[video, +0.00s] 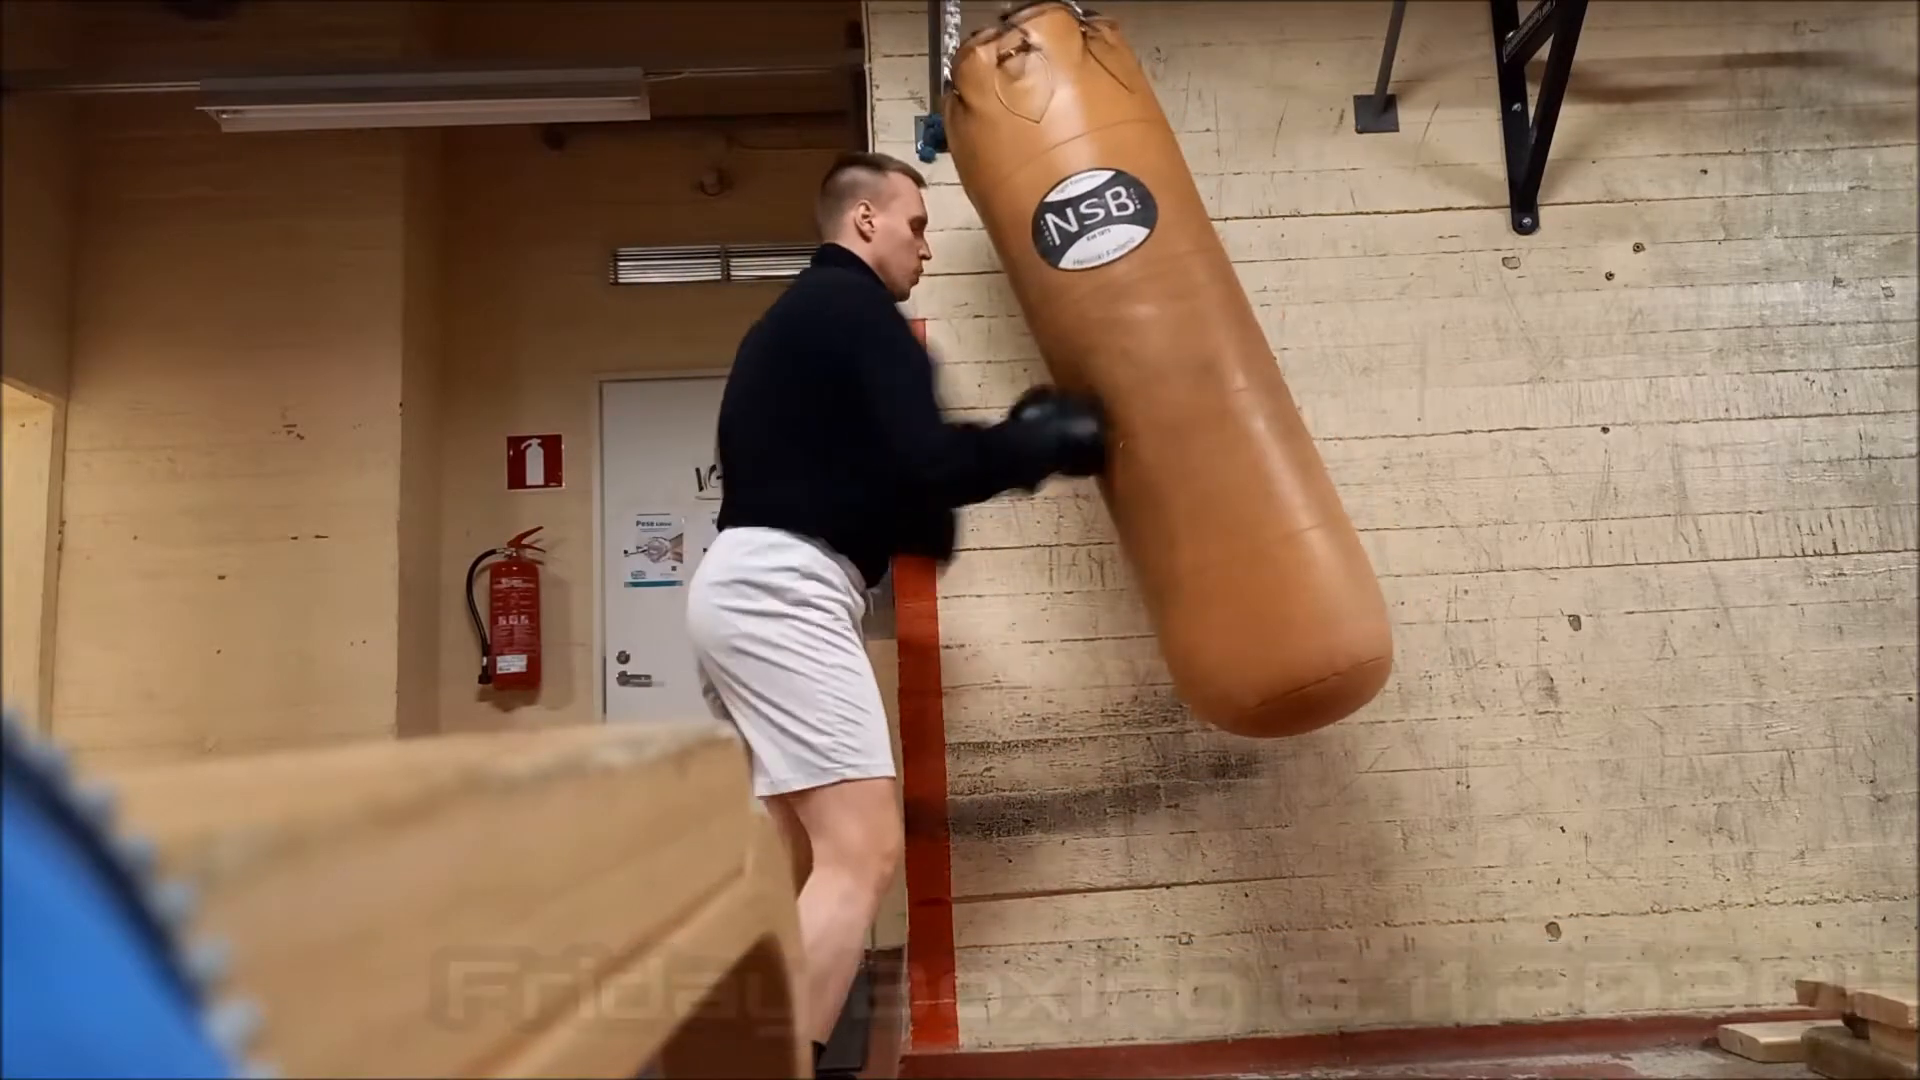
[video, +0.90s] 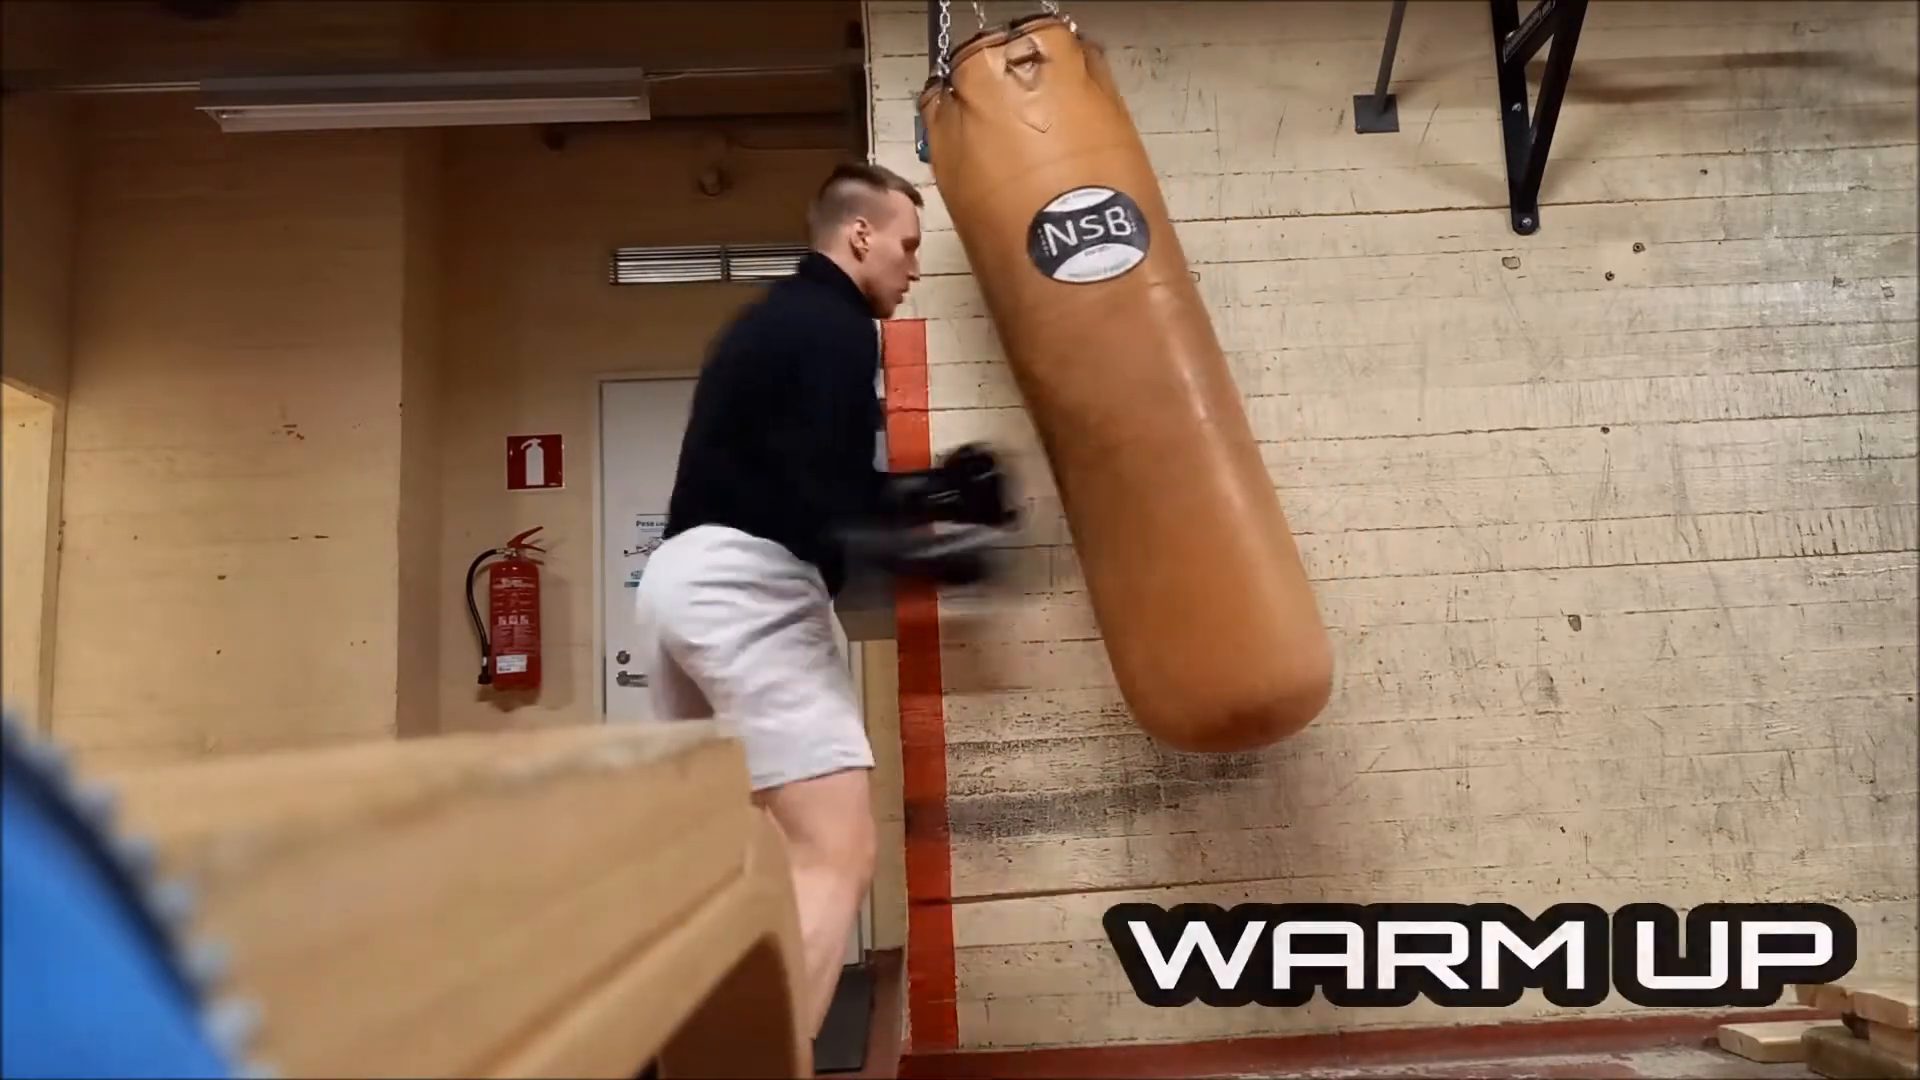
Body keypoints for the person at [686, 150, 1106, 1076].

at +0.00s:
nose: (927, 245)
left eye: (927, 228)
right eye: (916, 226)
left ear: (852, 227)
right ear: (865, 221)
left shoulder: (803, 313)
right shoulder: (854, 304)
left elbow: (894, 504)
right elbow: (922, 460)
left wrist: (992, 445)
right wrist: (1030, 444)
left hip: (735, 584)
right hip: (782, 588)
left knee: (793, 849)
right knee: (860, 847)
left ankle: (742, 1061)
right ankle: (784, 1067)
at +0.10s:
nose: (933, 239)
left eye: (932, 219)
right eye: (923, 217)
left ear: (865, 213)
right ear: (870, 207)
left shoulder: (832, 304)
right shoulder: (820, 303)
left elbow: (839, 484)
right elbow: (833, 479)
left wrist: (944, 499)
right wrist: (955, 503)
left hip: (790, 583)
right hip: (759, 581)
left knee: (785, 834)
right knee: (830, 836)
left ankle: (744, 1052)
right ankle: (778, 1060)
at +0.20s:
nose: (943, 240)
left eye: (943, 223)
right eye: (933, 220)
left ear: (886, 220)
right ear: (880, 214)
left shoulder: (905, 361)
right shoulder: (788, 302)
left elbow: (949, 486)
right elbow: (679, 443)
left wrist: (1026, 460)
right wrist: (730, 547)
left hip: (813, 604)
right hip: (742, 588)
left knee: (796, 827)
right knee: (812, 825)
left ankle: (747, 1048)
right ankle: (780, 1057)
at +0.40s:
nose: (920, 257)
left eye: (920, 238)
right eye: (914, 237)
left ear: (849, 238)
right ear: (867, 234)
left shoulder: (788, 328)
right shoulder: (820, 337)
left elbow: (889, 502)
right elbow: (899, 505)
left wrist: (979, 479)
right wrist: (985, 481)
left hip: (682, 585)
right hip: (749, 589)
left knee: (745, 837)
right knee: (832, 843)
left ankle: (699, 1051)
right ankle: (773, 1059)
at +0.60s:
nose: (914, 252)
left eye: (915, 234)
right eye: (907, 230)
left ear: (852, 224)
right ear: (858, 220)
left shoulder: (789, 315)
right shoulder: (816, 323)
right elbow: (839, 499)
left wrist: (931, 515)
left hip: (704, 589)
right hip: (739, 596)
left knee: (727, 847)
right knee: (812, 839)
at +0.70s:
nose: (923, 261)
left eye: (924, 242)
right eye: (915, 239)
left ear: (865, 234)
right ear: (865, 230)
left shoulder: (859, 354)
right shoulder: (770, 319)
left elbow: (854, 496)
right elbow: (670, 466)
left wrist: (965, 489)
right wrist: (712, 558)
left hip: (777, 605)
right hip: (726, 601)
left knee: (753, 838)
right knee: (811, 840)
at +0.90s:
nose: (916, 265)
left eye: (918, 246)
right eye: (908, 244)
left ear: (842, 240)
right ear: (858, 237)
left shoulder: (773, 315)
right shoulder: (833, 325)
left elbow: (821, 491)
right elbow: (829, 507)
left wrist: (926, 488)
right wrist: (938, 524)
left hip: (678, 580)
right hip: (744, 585)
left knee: (719, 843)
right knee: (835, 849)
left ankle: (689, 1047)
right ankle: (772, 1059)